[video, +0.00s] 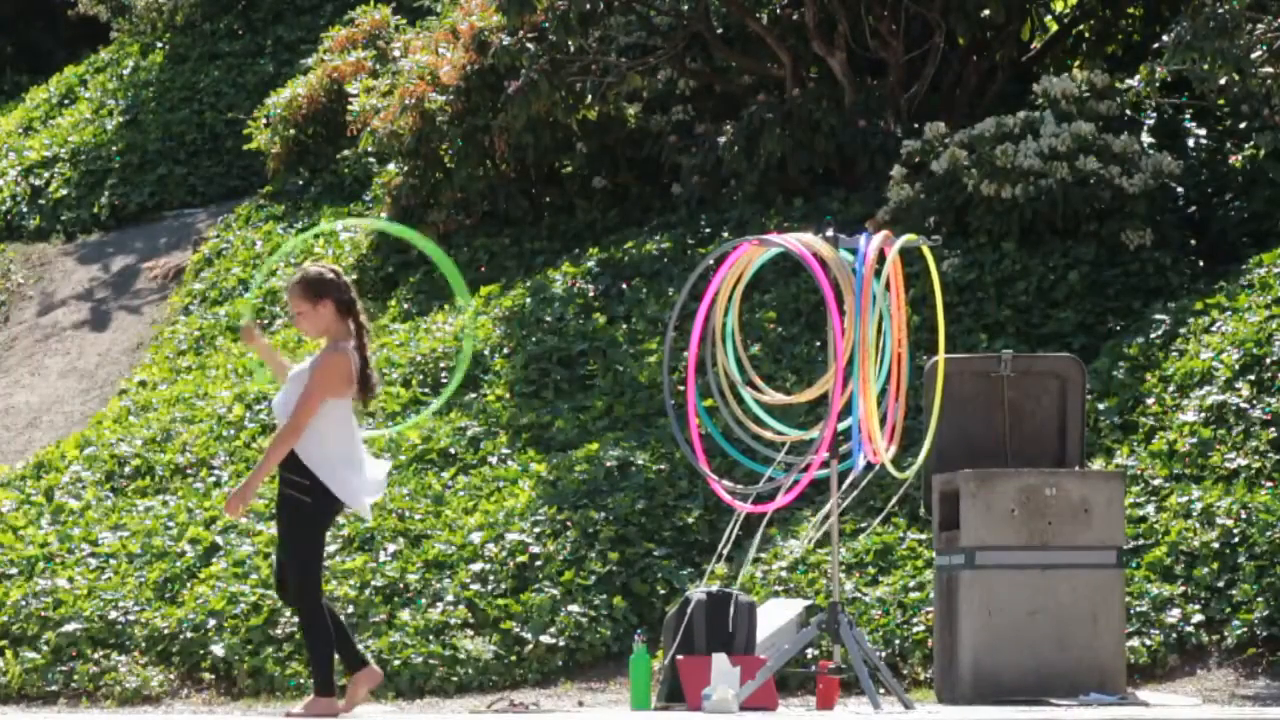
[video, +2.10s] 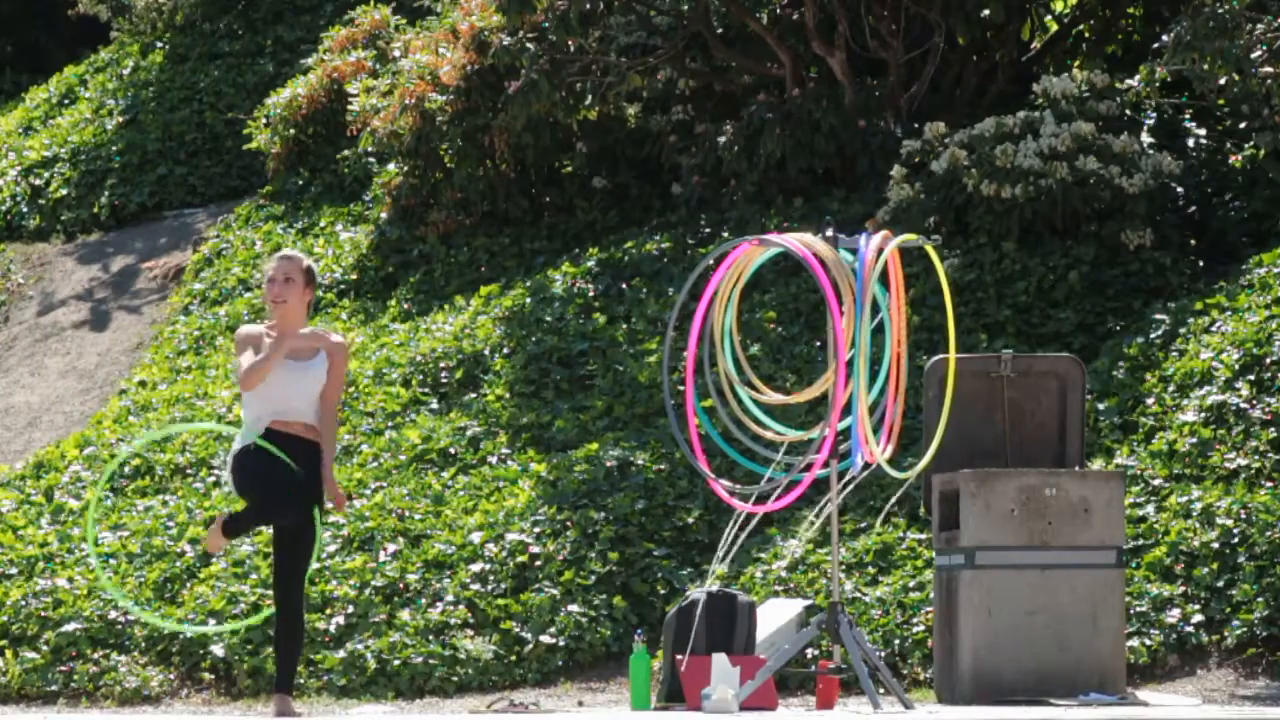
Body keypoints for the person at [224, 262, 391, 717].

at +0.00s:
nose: (295, 322)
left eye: (299, 313)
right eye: (292, 314)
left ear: (328, 307)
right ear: (326, 310)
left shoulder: (335, 359)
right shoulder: (333, 352)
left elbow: (295, 427)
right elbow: (296, 385)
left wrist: (250, 484)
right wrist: (262, 348)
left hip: (312, 482)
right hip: (305, 479)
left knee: (304, 586)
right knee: (289, 582)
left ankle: (324, 695)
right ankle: (360, 668)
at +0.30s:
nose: (306, 320)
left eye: (313, 311)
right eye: (302, 311)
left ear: (341, 309)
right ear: (301, 311)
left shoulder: (349, 359)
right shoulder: (303, 350)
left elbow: (301, 418)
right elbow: (240, 387)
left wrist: (248, 468)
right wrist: (189, 359)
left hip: (308, 474)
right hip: (282, 470)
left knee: (299, 584)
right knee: (269, 584)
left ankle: (326, 697)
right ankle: (297, 686)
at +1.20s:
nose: (264, 290)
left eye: (275, 284)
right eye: (260, 282)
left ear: (294, 296)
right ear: (251, 290)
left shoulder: (304, 343)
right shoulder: (239, 343)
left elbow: (272, 406)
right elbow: (225, 380)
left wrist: (209, 436)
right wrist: (234, 326)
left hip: (291, 473)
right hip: (246, 473)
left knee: (283, 588)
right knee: (244, 589)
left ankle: (289, 696)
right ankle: (248, 696)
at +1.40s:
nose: (261, 282)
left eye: (272, 277)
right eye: (256, 277)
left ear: (291, 292)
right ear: (248, 291)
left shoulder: (310, 337)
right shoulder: (232, 341)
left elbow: (286, 404)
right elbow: (248, 367)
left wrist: (221, 420)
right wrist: (287, 337)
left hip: (294, 468)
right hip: (246, 468)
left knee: (282, 585)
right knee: (241, 585)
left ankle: (283, 695)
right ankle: (247, 694)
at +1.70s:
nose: (262, 286)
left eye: (273, 280)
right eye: (257, 280)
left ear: (295, 293)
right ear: (249, 292)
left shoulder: (321, 344)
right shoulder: (241, 343)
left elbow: (308, 409)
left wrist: (250, 424)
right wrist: (326, 346)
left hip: (302, 462)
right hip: (251, 461)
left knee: (290, 584)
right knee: (231, 568)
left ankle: (285, 695)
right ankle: (233, 647)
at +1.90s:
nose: (269, 287)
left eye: (279, 281)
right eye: (265, 281)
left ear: (301, 293)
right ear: (258, 291)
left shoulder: (327, 347)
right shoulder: (246, 340)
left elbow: (317, 413)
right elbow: (268, 376)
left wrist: (292, 452)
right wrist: (317, 340)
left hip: (305, 457)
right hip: (253, 453)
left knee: (290, 582)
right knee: (272, 512)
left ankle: (284, 694)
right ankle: (232, 574)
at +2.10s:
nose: (276, 288)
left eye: (287, 281)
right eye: (271, 281)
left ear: (309, 290)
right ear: (264, 290)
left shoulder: (332, 346)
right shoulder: (250, 336)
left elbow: (329, 410)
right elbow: (247, 381)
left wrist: (328, 472)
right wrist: (279, 341)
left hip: (307, 456)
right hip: (258, 448)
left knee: (289, 586)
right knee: (285, 499)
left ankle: (284, 694)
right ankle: (225, 530)